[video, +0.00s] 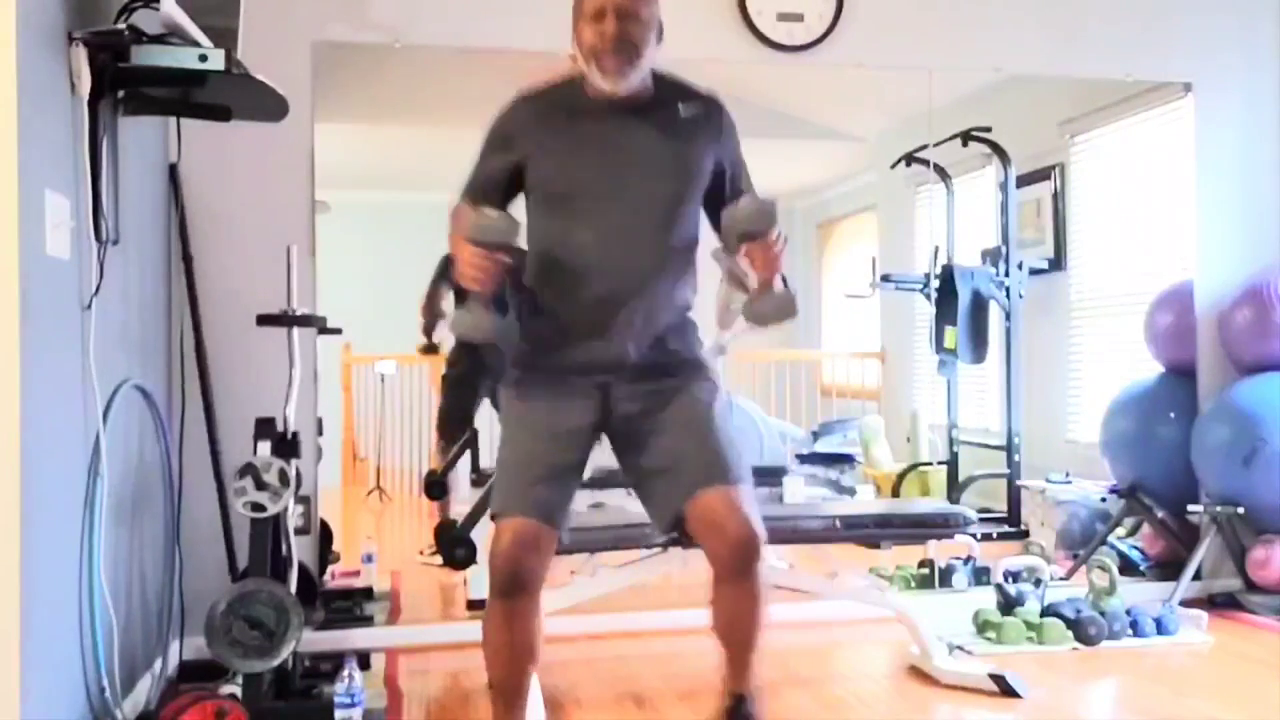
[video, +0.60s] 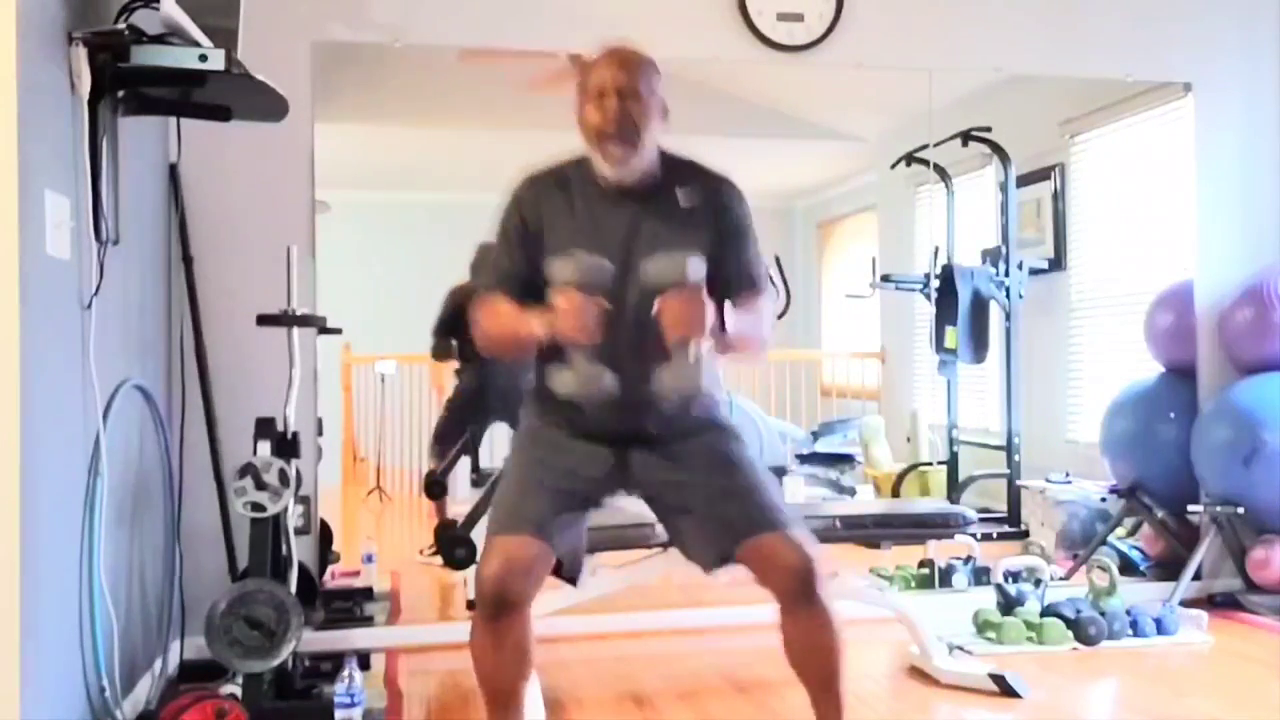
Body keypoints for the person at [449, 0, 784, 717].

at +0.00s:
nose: (614, 30)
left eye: (631, 14)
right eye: (598, 15)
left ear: (658, 23)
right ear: (575, 25)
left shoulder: (702, 119)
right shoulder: (528, 118)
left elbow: (743, 223)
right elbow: (472, 211)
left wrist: (761, 255)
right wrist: (466, 249)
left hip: (666, 368)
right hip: (550, 372)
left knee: (739, 541)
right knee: (515, 560)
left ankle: (739, 699)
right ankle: (511, 718)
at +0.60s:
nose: (612, 111)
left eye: (628, 96)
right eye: (597, 97)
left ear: (660, 109)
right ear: (579, 109)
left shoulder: (712, 198)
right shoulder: (540, 199)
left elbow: (757, 324)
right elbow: (487, 323)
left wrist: (715, 321)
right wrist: (545, 323)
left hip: (685, 430)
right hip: (564, 429)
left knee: (795, 572)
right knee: (500, 585)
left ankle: (832, 716)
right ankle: (506, 719)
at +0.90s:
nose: (701, 84)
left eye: (720, 69)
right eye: (687, 70)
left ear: (750, 84)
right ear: (668, 82)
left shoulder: (799, 174)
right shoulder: (623, 179)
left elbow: (849, 271)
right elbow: (569, 292)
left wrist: (833, 291)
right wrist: (596, 301)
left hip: (769, 412)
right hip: (650, 411)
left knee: (852, 572)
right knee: (571, 567)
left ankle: (844, 719)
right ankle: (531, 714)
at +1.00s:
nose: (719, 30)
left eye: (737, 14)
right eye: (706, 14)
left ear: (773, 23)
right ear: (691, 23)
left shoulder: (827, 118)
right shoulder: (652, 123)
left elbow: (874, 225)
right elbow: (608, 239)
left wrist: (889, 273)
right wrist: (608, 287)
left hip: (798, 370)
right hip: (683, 369)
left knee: (845, 558)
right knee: (620, 542)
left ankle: (843, 718)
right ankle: (595, 706)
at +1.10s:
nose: (739, 9)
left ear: (797, 9)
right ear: (708, 11)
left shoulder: (848, 99)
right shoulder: (672, 103)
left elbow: (912, 195)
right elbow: (621, 212)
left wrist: (930, 238)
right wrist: (603, 249)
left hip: (818, 360)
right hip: (706, 359)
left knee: (841, 553)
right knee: (658, 541)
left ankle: (844, 714)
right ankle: (697, 702)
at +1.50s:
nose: (781, 21)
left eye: (800, 4)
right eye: (763, 5)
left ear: (833, 11)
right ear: (742, 14)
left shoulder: (891, 105)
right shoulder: (709, 117)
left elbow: (956, 212)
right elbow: (657, 238)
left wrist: (924, 237)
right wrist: (687, 255)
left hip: (875, 362)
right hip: (758, 369)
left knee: (940, 534)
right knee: (734, 551)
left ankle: (966, 710)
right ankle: (746, 714)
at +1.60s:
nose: (806, 68)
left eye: (822, 52)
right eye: (792, 54)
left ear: (855, 62)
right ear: (772, 67)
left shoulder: (915, 154)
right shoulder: (742, 159)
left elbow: (967, 292)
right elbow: (690, 289)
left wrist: (908, 291)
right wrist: (734, 295)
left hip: (882, 402)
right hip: (766, 400)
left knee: (965, 567)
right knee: (715, 565)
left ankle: (978, 717)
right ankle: (742, 716)